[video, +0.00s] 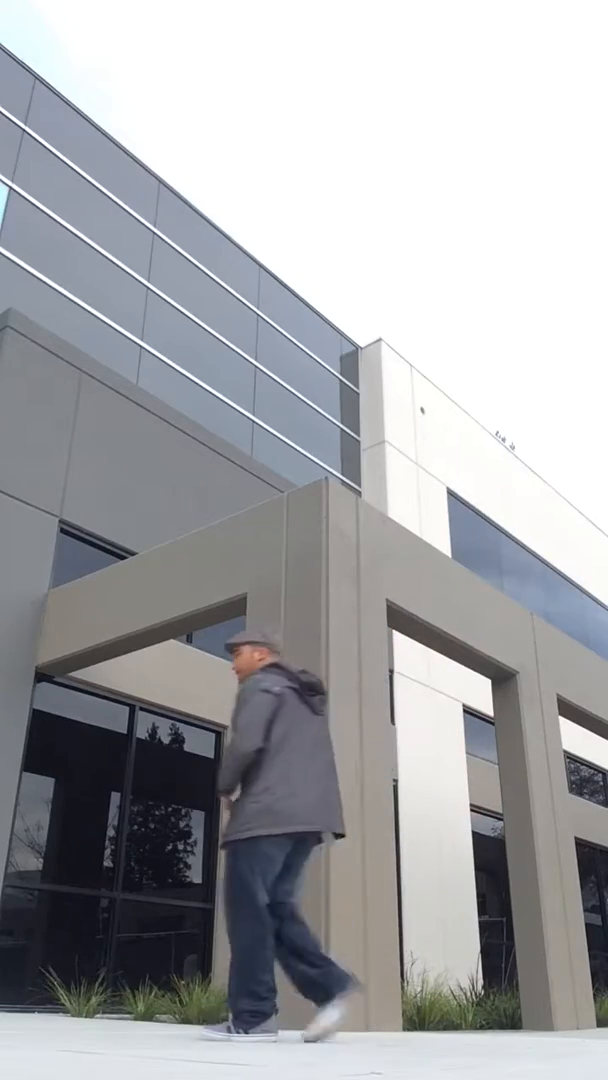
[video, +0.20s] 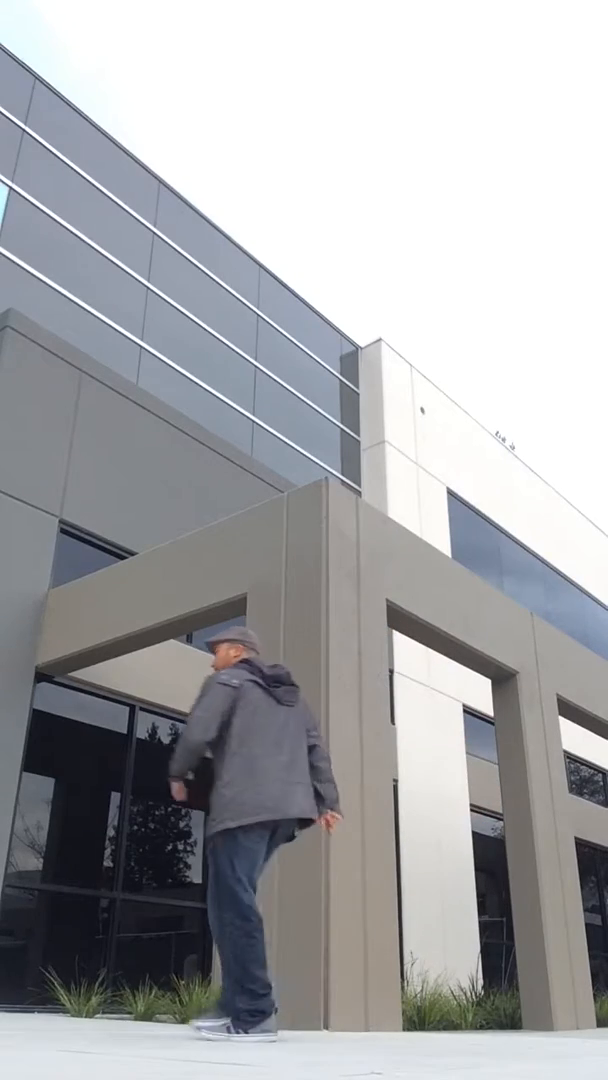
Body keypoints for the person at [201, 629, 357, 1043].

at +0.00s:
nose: (232, 663)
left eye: (237, 653)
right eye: (232, 655)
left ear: (262, 653)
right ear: (266, 655)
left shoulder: (262, 685)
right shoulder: (302, 688)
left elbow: (246, 744)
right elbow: (304, 755)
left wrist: (224, 785)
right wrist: (250, 794)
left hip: (271, 809)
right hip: (310, 811)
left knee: (246, 909)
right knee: (277, 906)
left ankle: (251, 1017)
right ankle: (333, 989)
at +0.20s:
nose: (213, 659)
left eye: (217, 651)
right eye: (214, 651)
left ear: (237, 650)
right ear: (248, 652)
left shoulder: (227, 681)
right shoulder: (288, 690)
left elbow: (197, 733)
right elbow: (314, 743)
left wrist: (177, 773)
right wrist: (327, 798)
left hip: (243, 805)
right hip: (290, 806)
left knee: (232, 905)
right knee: (234, 901)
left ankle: (254, 1016)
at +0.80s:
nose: (188, 644)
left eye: (192, 636)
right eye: (190, 637)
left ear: (210, 639)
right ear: (232, 643)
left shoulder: (188, 670)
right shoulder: (262, 689)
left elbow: (161, 735)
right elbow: (283, 753)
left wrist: (150, 801)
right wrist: (250, 796)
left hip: (192, 798)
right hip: (245, 806)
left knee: (174, 905)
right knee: (232, 904)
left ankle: (194, 1014)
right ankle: (286, 996)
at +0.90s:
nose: (189, 631)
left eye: (195, 624)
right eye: (192, 624)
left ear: (215, 628)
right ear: (234, 634)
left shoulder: (195, 655)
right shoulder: (261, 676)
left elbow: (177, 710)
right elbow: (274, 746)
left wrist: (171, 768)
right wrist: (236, 774)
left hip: (195, 789)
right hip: (248, 799)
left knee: (176, 901)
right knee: (225, 893)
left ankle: (193, 1014)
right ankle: (270, 974)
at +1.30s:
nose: (204, 594)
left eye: (212, 584)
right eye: (206, 585)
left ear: (239, 589)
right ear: (243, 593)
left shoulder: (237, 614)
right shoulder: (267, 631)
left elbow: (231, 673)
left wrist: (180, 735)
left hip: (231, 763)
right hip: (270, 769)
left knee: (192, 871)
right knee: (235, 887)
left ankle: (261, 961)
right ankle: (223, 1018)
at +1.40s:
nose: (207, 577)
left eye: (215, 566)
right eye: (207, 570)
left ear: (247, 572)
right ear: (245, 576)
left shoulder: (249, 597)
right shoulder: (268, 617)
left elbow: (245, 646)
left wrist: (180, 677)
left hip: (243, 753)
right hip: (263, 757)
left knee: (240, 872)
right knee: (220, 883)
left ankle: (296, 1005)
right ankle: (224, 1025)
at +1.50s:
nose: (211, 563)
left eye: (221, 554)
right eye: (210, 557)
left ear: (253, 562)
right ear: (227, 570)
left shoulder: (263, 589)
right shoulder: (236, 614)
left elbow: (267, 633)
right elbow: (241, 699)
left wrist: (196, 643)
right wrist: (215, 757)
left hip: (258, 751)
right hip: (230, 758)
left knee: (268, 879)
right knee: (216, 885)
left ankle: (309, 1016)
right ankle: (215, 1021)